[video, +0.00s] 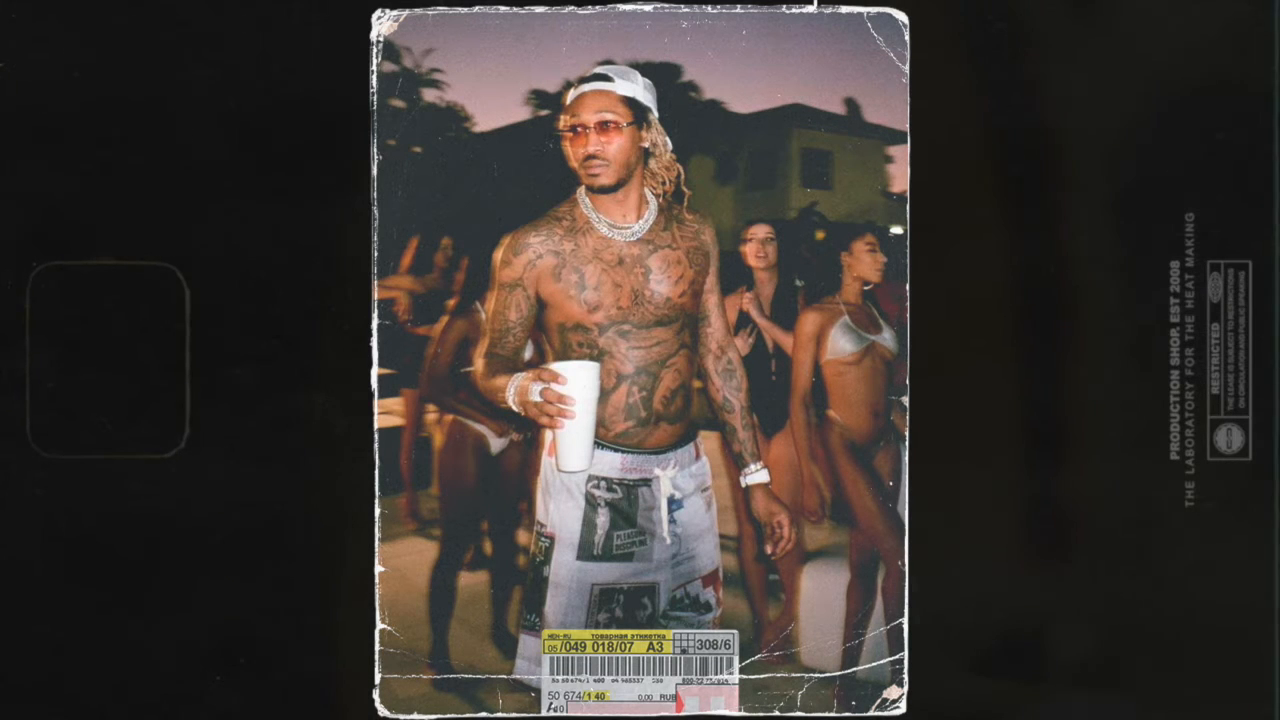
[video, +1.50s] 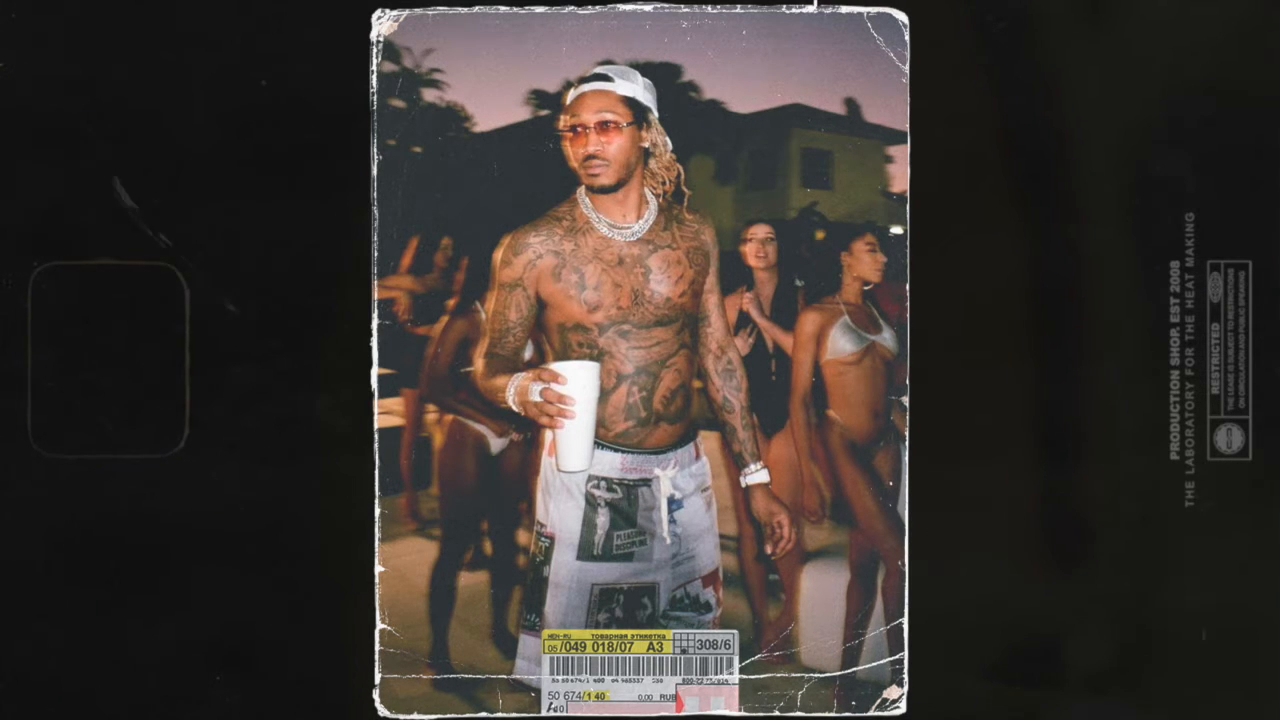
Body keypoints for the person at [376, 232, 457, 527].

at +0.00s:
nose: (446, 254)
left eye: (451, 249)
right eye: (442, 247)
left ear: (456, 253)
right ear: (431, 250)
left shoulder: (457, 279)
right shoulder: (415, 282)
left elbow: (461, 311)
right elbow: (394, 284)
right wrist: (404, 294)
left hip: (445, 351)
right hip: (416, 348)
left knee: (449, 427)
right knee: (412, 428)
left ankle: (452, 499)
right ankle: (410, 501)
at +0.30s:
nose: (446, 254)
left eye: (451, 249)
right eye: (443, 248)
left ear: (456, 253)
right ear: (431, 250)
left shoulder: (457, 275)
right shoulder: (415, 281)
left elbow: (462, 305)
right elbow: (397, 285)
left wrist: (437, 327)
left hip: (446, 347)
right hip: (417, 345)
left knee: (451, 425)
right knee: (413, 427)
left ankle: (454, 500)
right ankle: (410, 503)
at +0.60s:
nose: (446, 254)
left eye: (451, 249)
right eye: (442, 248)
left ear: (456, 254)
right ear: (431, 249)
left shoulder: (458, 275)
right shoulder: (416, 281)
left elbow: (462, 303)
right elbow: (396, 284)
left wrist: (438, 327)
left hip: (447, 346)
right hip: (417, 344)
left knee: (452, 425)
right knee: (413, 427)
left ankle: (454, 500)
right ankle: (410, 503)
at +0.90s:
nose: (446, 253)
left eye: (451, 248)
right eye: (442, 247)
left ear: (456, 253)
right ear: (432, 249)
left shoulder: (459, 273)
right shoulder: (419, 244)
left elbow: (462, 304)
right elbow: (398, 283)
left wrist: (433, 328)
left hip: (447, 346)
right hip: (417, 343)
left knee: (451, 426)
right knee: (413, 427)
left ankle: (455, 501)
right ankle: (410, 503)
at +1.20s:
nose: (446, 254)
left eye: (451, 249)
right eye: (442, 247)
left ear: (456, 253)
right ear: (432, 249)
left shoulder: (459, 271)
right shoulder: (419, 244)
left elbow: (462, 300)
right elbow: (398, 283)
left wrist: (437, 327)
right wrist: (404, 301)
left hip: (447, 345)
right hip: (417, 343)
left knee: (452, 425)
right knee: (413, 427)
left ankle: (455, 501)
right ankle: (410, 504)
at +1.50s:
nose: (445, 254)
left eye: (450, 249)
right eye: (442, 247)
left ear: (456, 253)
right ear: (432, 249)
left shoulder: (459, 273)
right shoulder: (419, 244)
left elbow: (461, 303)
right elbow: (398, 283)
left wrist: (436, 327)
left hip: (446, 346)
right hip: (417, 344)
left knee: (450, 426)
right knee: (413, 427)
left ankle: (454, 500)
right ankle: (410, 504)